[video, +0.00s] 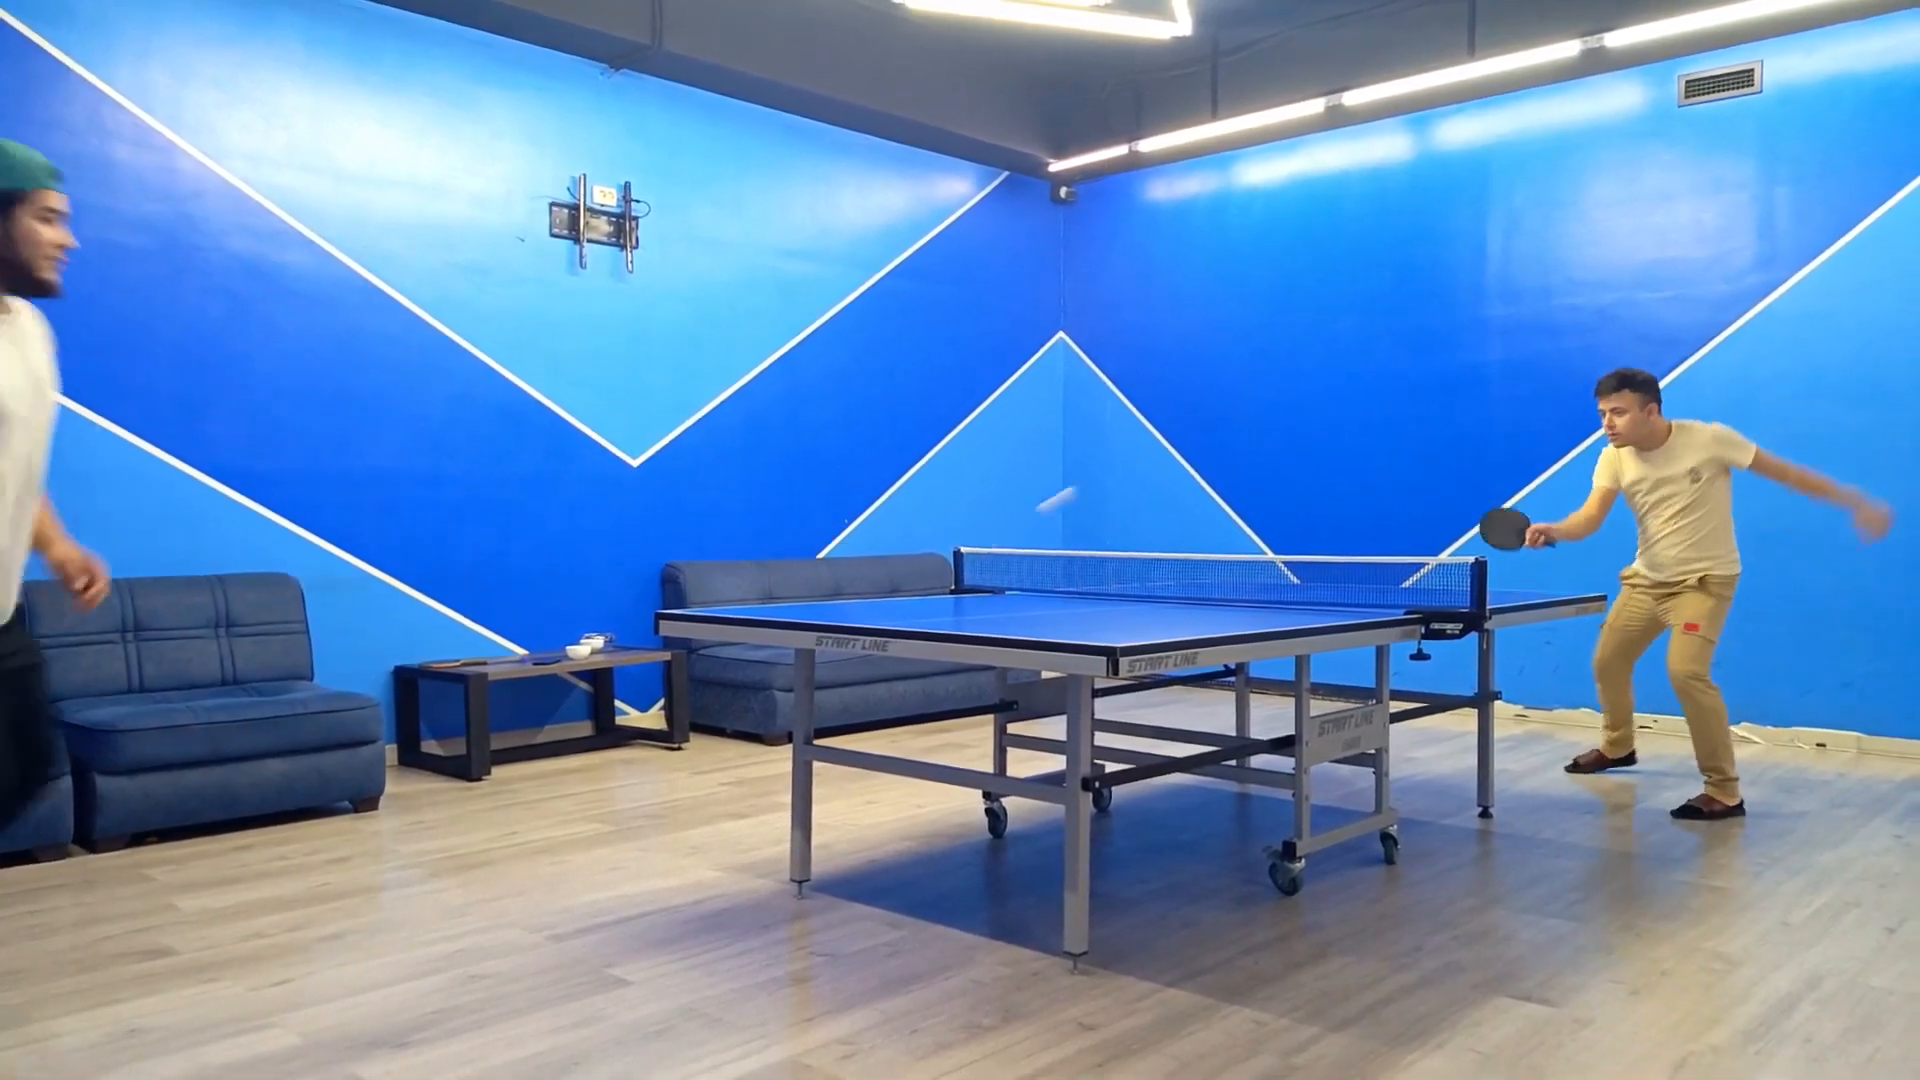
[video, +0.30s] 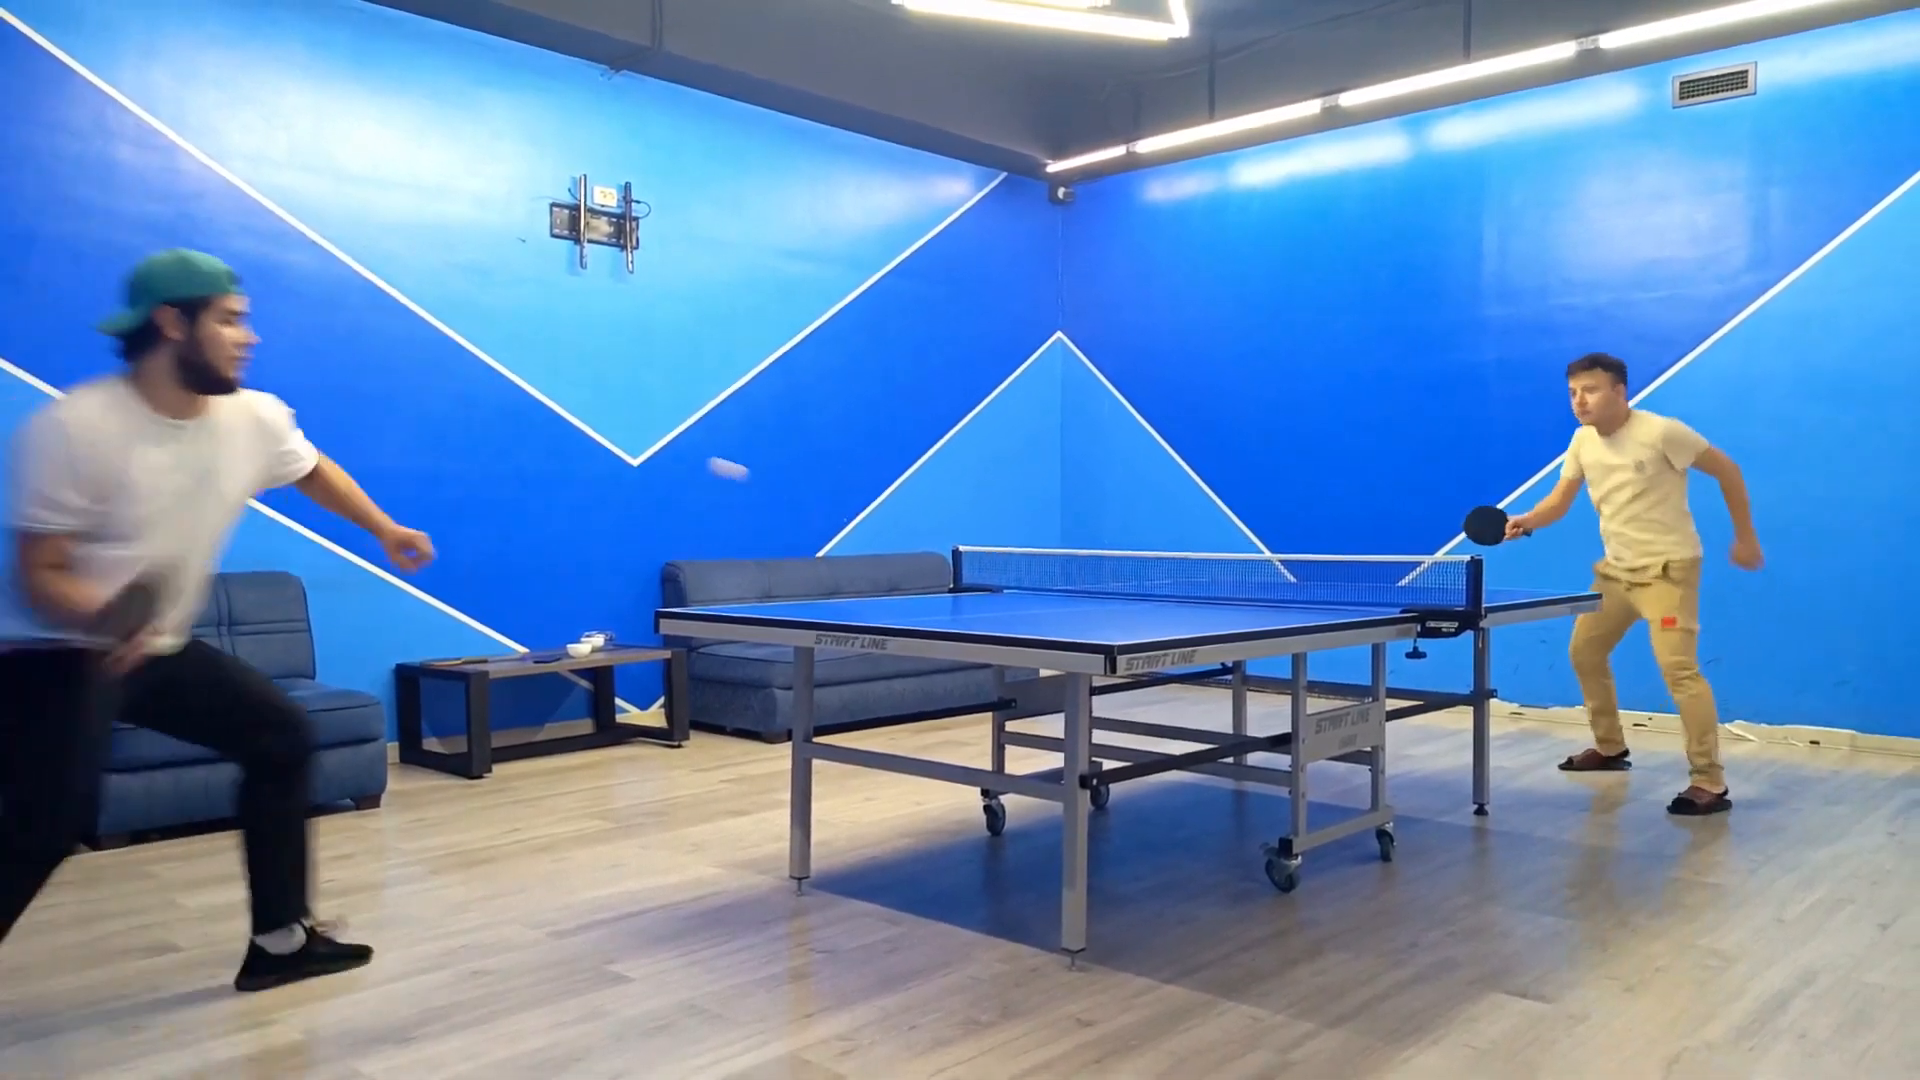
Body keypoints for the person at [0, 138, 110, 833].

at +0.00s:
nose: (68, 240)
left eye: (66, 221)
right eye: (50, 217)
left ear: (36, 231)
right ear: (2, 224)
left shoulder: (33, 332)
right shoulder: (12, 331)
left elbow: (14, 466)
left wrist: (56, 543)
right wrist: (53, 543)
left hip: (7, 618)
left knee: (26, 769)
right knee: (20, 773)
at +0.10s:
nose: (128, 277)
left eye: (127, 260)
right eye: (111, 258)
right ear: (46, 258)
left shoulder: (104, 365)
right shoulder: (6, 362)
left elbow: (100, 474)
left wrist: (133, 522)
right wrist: (2, 643)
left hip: (37, 620)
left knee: (120, 734)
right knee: (7, 800)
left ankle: (56, 951)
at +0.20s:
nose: (186, 321)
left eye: (185, 303)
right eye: (171, 302)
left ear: (129, 305)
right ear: (108, 302)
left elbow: (231, 485)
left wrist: (281, 525)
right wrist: (17, 644)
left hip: (89, 644)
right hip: (7, 648)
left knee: (201, 725)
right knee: (24, 811)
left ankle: (211, 930)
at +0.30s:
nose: (247, 336)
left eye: (246, 320)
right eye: (230, 320)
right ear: (171, 325)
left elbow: (315, 474)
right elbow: (40, 571)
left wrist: (386, 529)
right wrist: (101, 618)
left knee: (281, 737)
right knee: (53, 821)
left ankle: (281, 939)